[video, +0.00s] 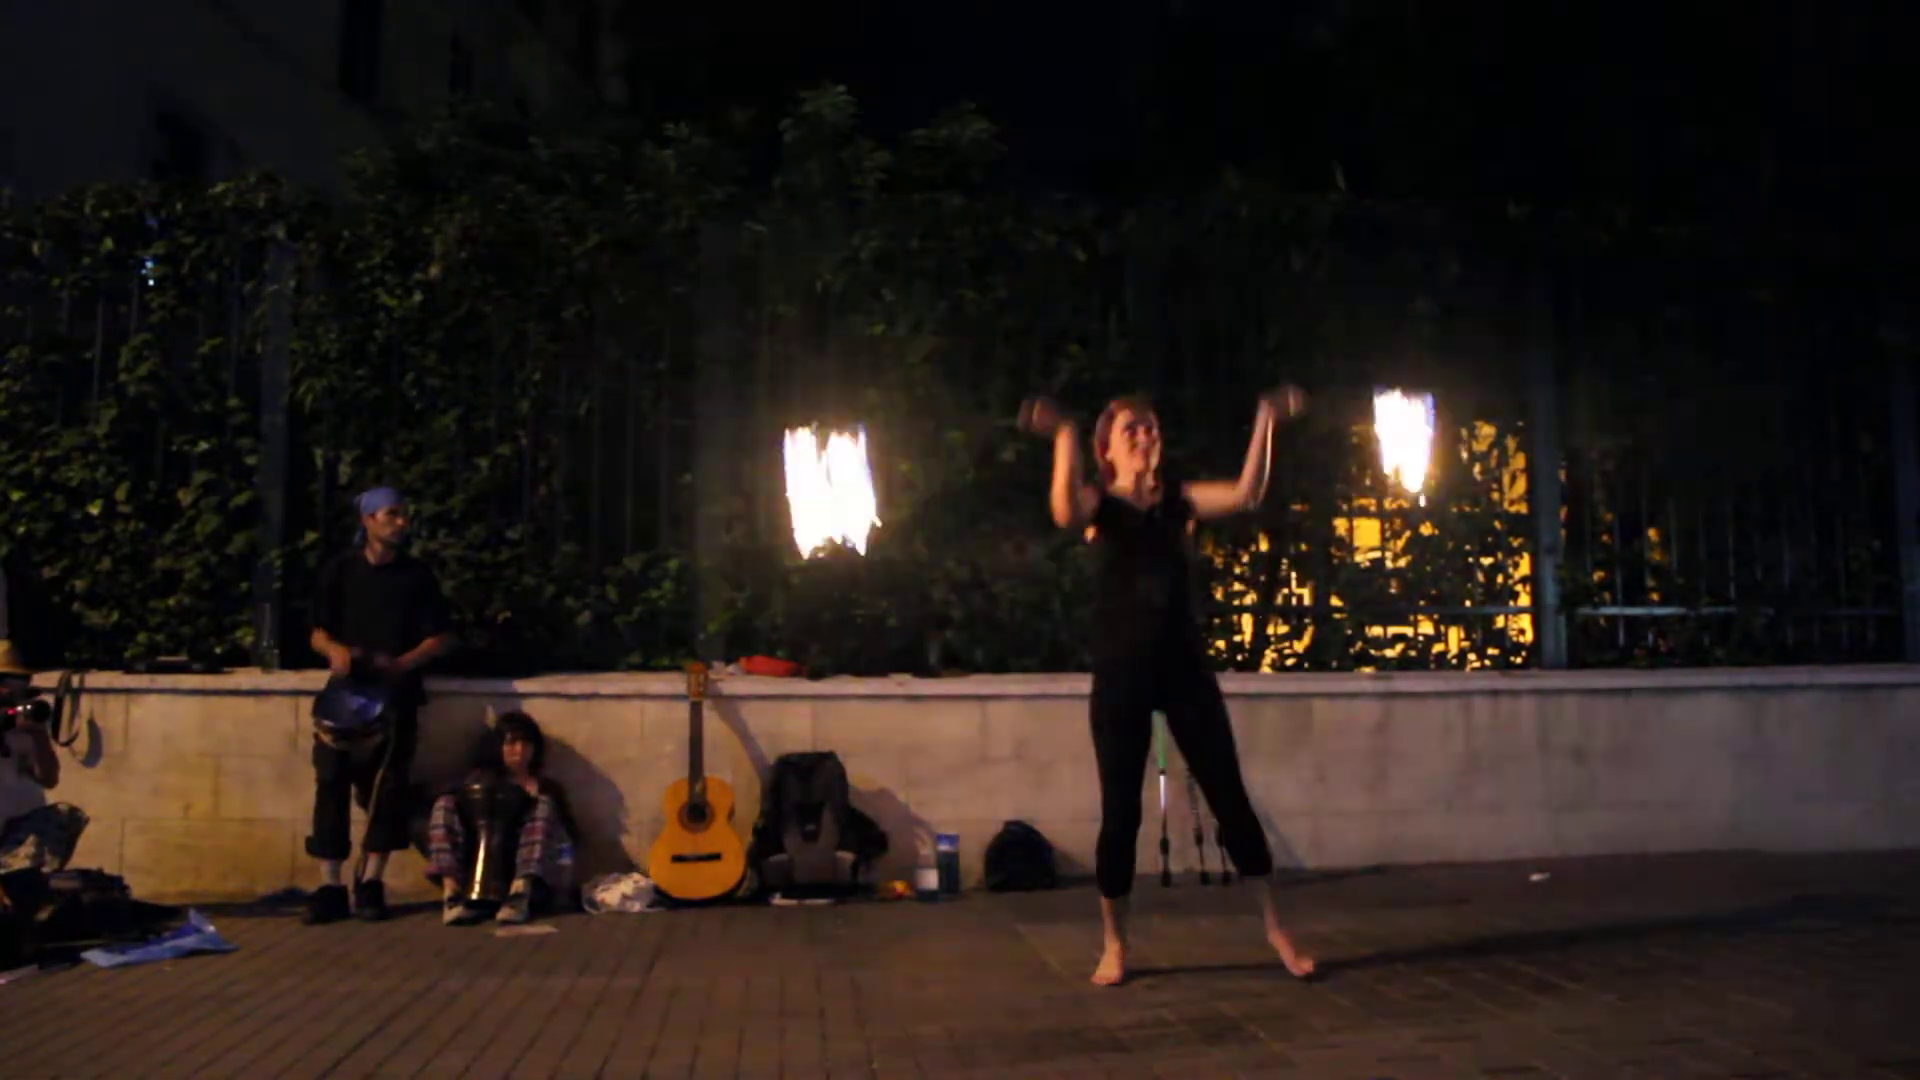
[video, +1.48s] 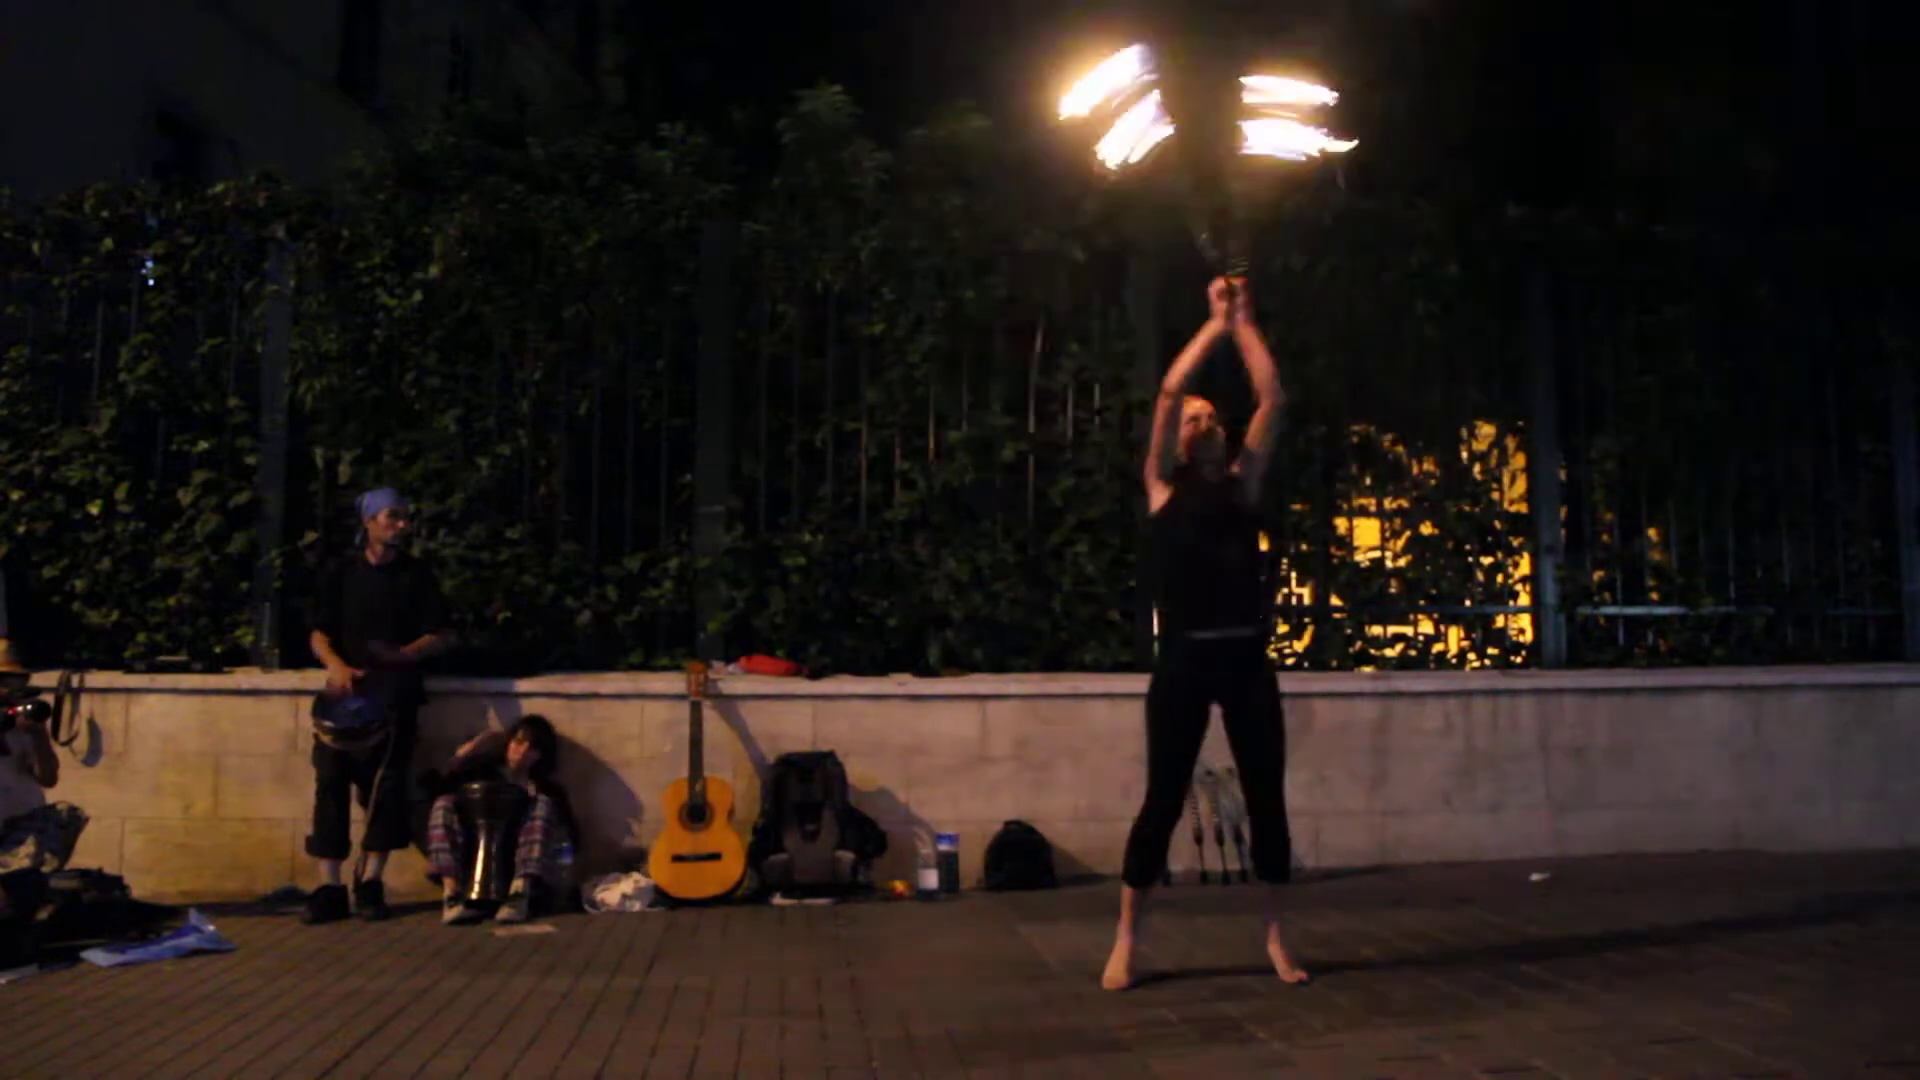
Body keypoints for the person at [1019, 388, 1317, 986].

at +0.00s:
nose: (1146, 433)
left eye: (1150, 426)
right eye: (1133, 427)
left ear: (1161, 439)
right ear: (1106, 445)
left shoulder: (1178, 499)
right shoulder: (1098, 502)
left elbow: (1245, 494)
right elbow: (1065, 514)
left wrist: (1264, 424)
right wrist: (1065, 437)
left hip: (1184, 670)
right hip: (1120, 675)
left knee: (1230, 798)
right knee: (1119, 813)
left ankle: (1276, 928)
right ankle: (1113, 945)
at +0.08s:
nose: (1152, 423)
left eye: (1159, 414)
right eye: (1140, 416)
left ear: (1172, 427)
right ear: (1117, 433)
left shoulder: (1191, 486)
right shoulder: (1111, 492)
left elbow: (1249, 444)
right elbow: (1091, 451)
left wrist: (1259, 362)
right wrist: (1084, 376)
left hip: (1196, 657)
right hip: (1130, 662)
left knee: (1235, 792)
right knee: (1125, 802)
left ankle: (1274, 924)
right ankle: (1114, 941)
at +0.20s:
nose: (1174, 420)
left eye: (1181, 410)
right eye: (1161, 412)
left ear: (1193, 424)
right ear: (1142, 425)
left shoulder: (1210, 480)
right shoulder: (1131, 486)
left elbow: (1246, 410)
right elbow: (1131, 410)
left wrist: (1248, 324)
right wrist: (1138, 324)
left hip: (1213, 655)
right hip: (1146, 658)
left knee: (1241, 790)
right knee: (1135, 797)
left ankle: (1269, 928)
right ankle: (1116, 937)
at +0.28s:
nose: (1193, 427)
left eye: (1196, 421)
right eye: (1181, 419)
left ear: (1205, 434)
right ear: (1156, 434)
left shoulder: (1223, 484)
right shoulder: (1144, 493)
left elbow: (1248, 416)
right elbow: (1166, 411)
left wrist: (1250, 335)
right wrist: (1196, 339)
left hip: (1226, 660)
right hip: (1161, 662)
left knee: (1248, 796)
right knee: (1143, 801)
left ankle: (1264, 935)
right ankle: (1119, 940)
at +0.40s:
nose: (1209, 439)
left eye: (1215, 431)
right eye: (1194, 431)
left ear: (1226, 441)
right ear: (1172, 449)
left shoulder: (1246, 499)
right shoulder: (1164, 503)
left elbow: (1275, 474)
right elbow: (1201, 518)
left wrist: (1276, 418)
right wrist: (1245, 453)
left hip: (1245, 672)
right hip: (1181, 674)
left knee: (1262, 806)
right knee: (1156, 806)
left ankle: (1259, 945)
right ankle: (1121, 944)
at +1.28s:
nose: (1233, 431)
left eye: (1235, 426)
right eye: (1222, 429)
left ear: (1239, 437)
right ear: (1200, 445)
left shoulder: (1273, 488)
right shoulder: (1200, 497)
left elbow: (1305, 424)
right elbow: (1232, 446)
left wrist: (1303, 354)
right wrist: (1287, 410)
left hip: (1281, 669)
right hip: (1216, 670)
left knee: (1288, 811)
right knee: (1177, 805)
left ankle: (1269, 940)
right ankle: (1130, 938)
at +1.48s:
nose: (1200, 421)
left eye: (1208, 417)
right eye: (1190, 415)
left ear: (1223, 434)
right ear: (1175, 433)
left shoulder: (1244, 483)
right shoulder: (1162, 488)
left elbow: (1269, 396)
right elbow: (1171, 388)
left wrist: (1242, 322)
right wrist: (1214, 323)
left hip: (1245, 657)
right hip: (1181, 659)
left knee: (1267, 799)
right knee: (1163, 800)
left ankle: (1276, 937)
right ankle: (1125, 938)